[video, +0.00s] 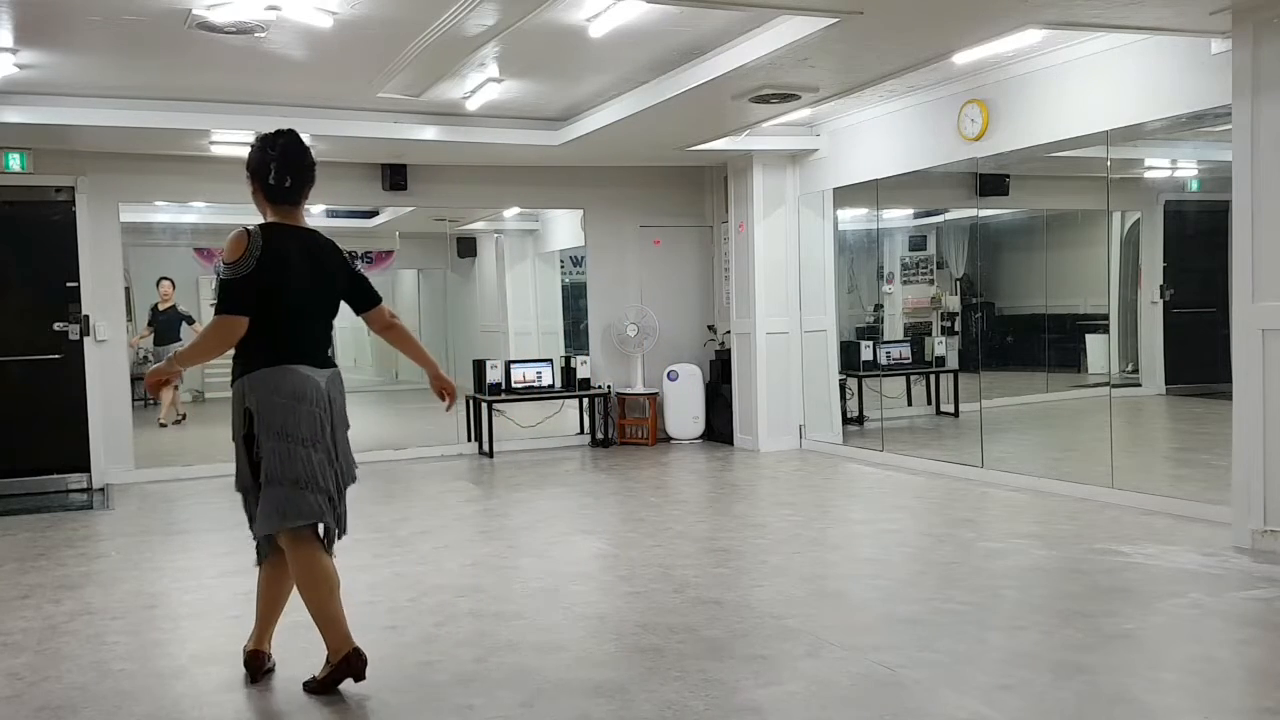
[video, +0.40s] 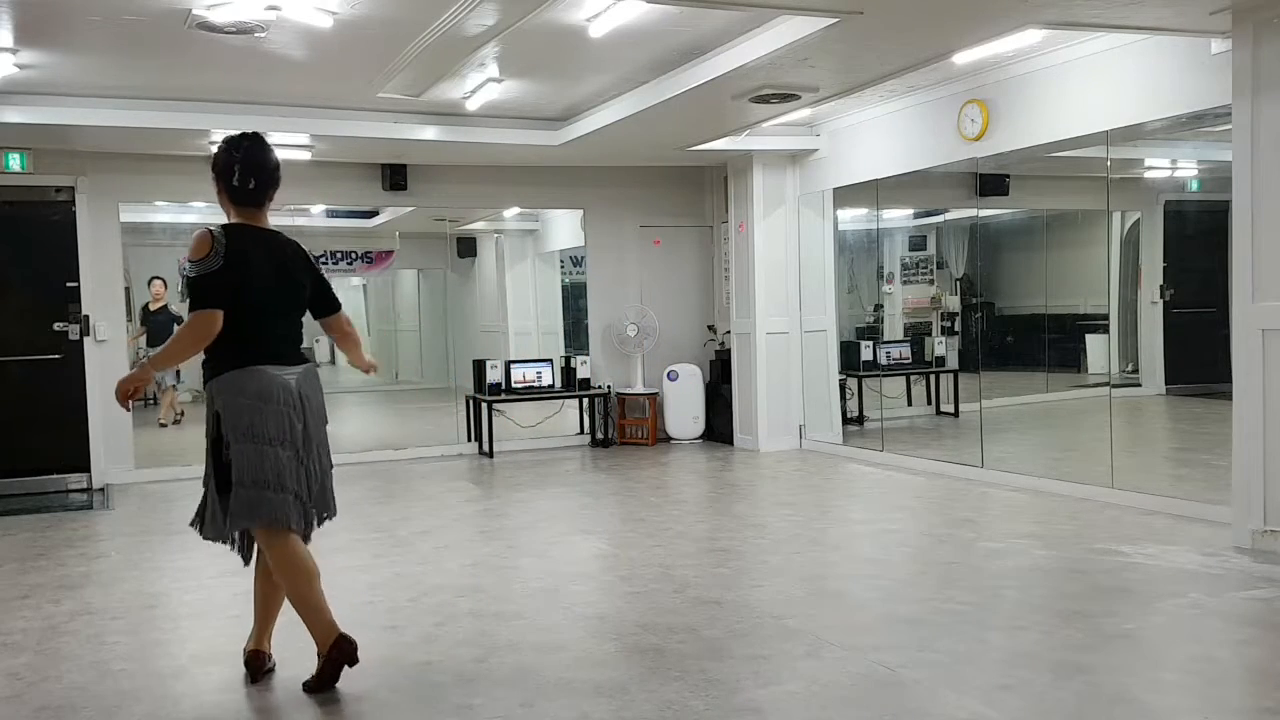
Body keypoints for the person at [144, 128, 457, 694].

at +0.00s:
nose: (250, 188)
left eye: (250, 181)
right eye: (254, 180)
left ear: (255, 187)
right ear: (309, 187)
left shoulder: (249, 246)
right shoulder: (329, 252)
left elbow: (231, 325)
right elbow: (381, 319)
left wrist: (176, 364)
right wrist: (432, 367)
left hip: (271, 389)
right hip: (325, 388)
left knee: (296, 523)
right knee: (284, 525)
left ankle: (341, 649)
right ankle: (259, 646)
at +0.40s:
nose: (213, 189)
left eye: (215, 181)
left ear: (219, 187)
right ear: (274, 188)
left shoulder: (215, 245)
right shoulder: (295, 252)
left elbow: (206, 322)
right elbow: (338, 324)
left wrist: (149, 370)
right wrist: (360, 357)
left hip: (246, 385)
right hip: (302, 382)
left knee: (272, 524)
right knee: (278, 525)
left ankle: (330, 639)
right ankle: (260, 647)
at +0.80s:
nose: (193, 194)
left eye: (191, 187)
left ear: (193, 193)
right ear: (248, 195)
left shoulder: (178, 251)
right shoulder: (269, 255)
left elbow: (152, 321)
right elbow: (317, 334)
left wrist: (86, 360)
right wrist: (305, 350)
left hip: (205, 396)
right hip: (274, 394)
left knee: (179, 527)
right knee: (271, 521)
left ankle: (184, 656)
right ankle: (259, 647)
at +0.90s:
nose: (188, 193)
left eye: (182, 185)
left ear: (184, 191)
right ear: (238, 192)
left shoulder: (168, 251)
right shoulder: (259, 253)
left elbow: (135, 314)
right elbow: (316, 329)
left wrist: (67, 341)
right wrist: (319, 349)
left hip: (192, 396)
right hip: (263, 395)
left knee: (166, 531)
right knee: (265, 523)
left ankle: (144, 666)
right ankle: (259, 649)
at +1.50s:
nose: (163, 195)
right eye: (164, 187)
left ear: (107, 191)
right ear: (163, 192)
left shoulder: (83, 253)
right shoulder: (182, 255)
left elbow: (72, 334)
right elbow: (243, 316)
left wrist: (111, 322)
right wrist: (330, 327)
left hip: (101, 396)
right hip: (176, 396)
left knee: (111, 536)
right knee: (173, 511)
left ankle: (132, 670)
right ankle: (172, 615)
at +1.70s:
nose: (159, 197)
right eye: (159, 190)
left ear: (101, 196)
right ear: (159, 195)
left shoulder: (82, 258)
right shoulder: (178, 257)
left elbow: (79, 338)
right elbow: (232, 316)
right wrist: (317, 325)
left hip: (96, 398)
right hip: (169, 399)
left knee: (106, 535)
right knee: (154, 519)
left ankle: (133, 671)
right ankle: (165, 632)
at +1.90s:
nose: (163, 197)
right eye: (166, 189)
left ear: (111, 194)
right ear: (167, 194)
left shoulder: (87, 255)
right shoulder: (185, 256)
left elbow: (64, 338)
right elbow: (238, 315)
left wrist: (92, 328)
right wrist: (321, 325)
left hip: (106, 399)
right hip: (181, 397)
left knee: (117, 536)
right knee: (199, 514)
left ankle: (134, 670)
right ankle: (222, 621)